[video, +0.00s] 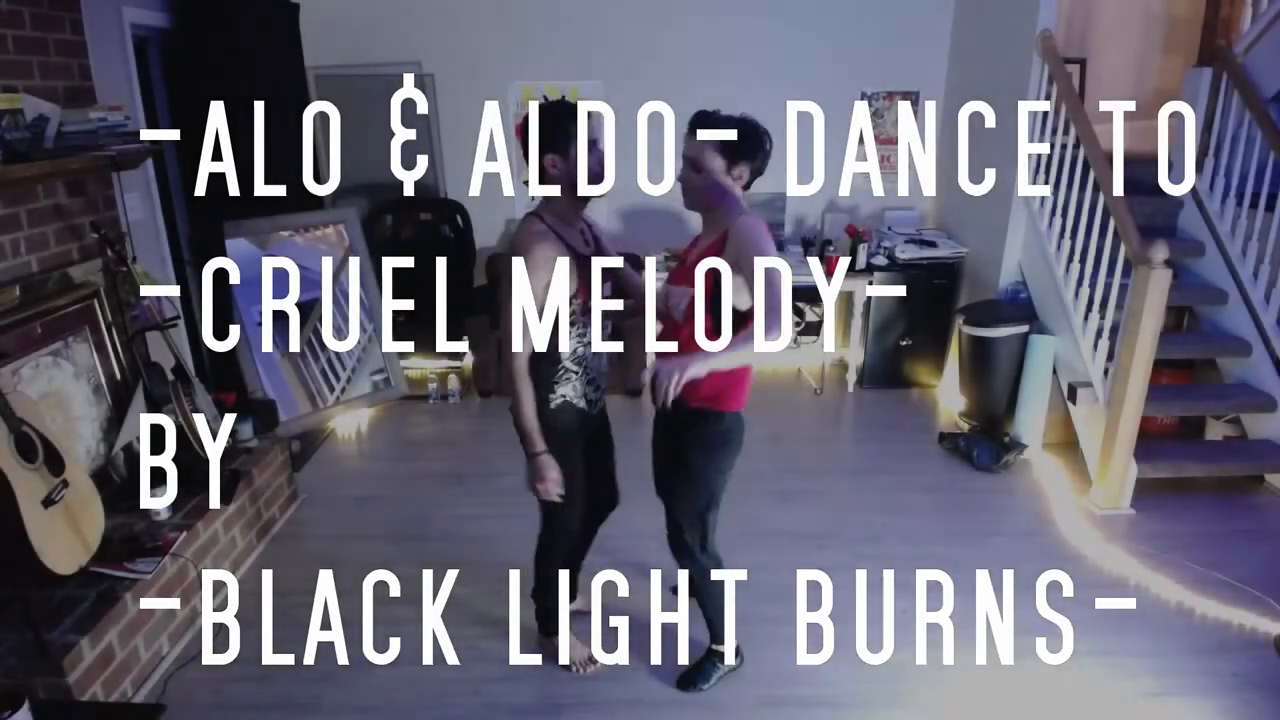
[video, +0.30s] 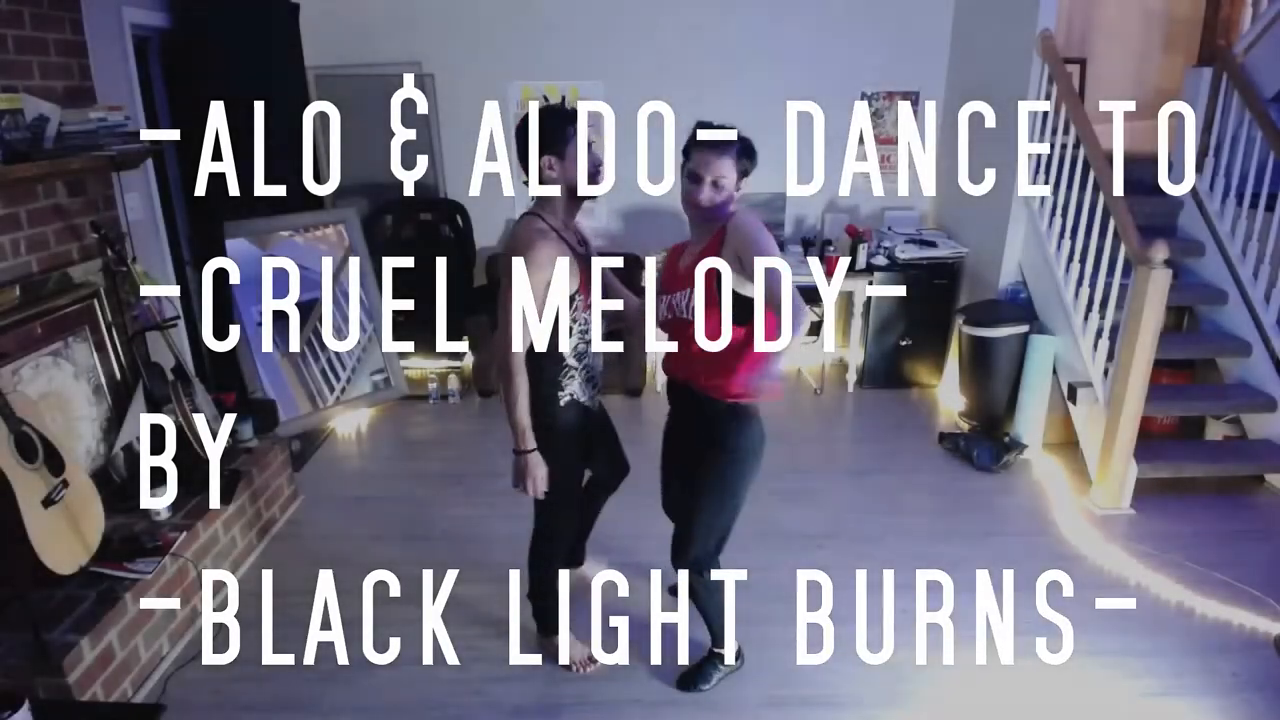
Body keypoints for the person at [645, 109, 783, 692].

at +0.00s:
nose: (681, 177)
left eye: (692, 167)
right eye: (682, 166)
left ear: (732, 172)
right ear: (721, 173)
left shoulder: (747, 232)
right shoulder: (706, 238)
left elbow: (771, 328)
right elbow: (683, 316)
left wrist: (697, 362)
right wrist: (637, 293)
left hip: (711, 414)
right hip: (678, 408)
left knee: (690, 533)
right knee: (685, 531)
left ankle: (723, 645)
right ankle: (719, 639)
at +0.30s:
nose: (701, 195)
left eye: (717, 184)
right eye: (693, 179)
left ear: (740, 186)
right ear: (679, 176)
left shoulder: (744, 234)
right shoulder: (683, 249)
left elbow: (786, 313)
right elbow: (664, 316)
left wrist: (749, 363)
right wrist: (611, 298)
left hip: (731, 421)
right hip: (685, 414)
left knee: (694, 553)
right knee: (680, 514)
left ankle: (725, 648)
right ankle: (686, 584)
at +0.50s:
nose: (704, 196)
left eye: (719, 188)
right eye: (697, 183)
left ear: (737, 191)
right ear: (683, 179)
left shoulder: (746, 239)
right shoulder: (669, 251)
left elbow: (794, 306)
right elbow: (658, 318)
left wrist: (817, 384)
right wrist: (614, 293)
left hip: (740, 418)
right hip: (687, 414)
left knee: (709, 544)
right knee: (690, 517)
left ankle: (725, 649)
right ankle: (718, 582)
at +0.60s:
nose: (706, 198)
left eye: (720, 190)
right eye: (699, 185)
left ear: (737, 195)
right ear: (685, 181)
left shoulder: (747, 240)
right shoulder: (668, 249)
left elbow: (794, 311)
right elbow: (659, 314)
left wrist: (822, 390)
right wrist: (623, 295)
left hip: (741, 417)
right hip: (687, 414)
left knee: (713, 541)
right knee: (689, 513)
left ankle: (726, 648)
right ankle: (717, 576)